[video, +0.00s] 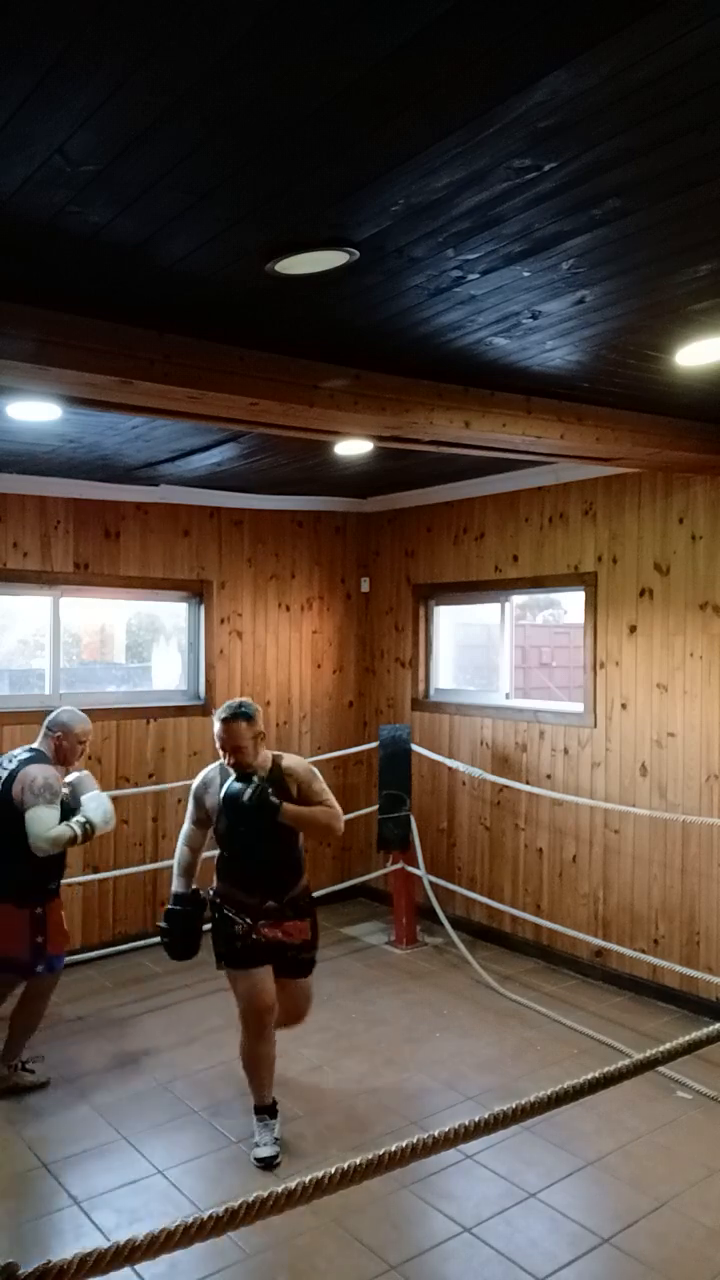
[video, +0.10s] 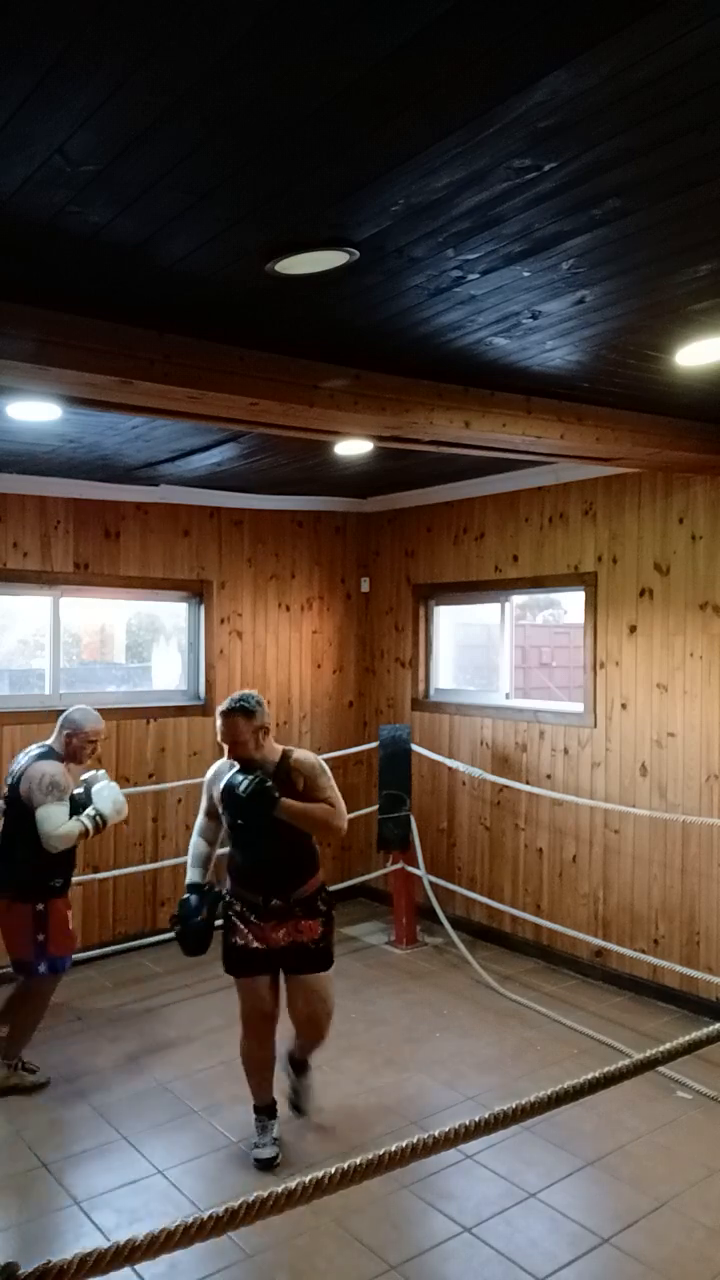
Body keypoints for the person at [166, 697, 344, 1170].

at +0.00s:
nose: (231, 756)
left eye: (238, 747)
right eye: (223, 748)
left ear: (259, 736)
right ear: (216, 743)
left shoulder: (295, 770)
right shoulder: (209, 784)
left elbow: (334, 823)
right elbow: (190, 842)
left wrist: (272, 806)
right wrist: (179, 901)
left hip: (292, 905)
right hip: (237, 910)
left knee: (294, 1010)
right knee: (259, 1012)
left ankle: (253, 1018)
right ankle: (264, 1117)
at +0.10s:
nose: (229, 751)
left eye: (237, 742)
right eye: (224, 742)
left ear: (263, 731)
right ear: (220, 737)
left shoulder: (305, 766)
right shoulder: (219, 777)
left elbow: (336, 823)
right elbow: (204, 834)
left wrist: (272, 802)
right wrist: (194, 889)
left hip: (303, 907)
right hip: (247, 911)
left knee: (315, 1015)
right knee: (258, 1018)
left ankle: (297, 1063)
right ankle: (264, 1118)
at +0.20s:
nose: (231, 750)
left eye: (236, 740)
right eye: (227, 741)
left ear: (266, 727)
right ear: (232, 736)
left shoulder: (313, 766)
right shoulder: (238, 773)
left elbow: (337, 829)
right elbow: (222, 831)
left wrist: (272, 802)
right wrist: (207, 879)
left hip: (316, 908)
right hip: (260, 911)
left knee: (320, 1020)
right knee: (263, 1022)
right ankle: (265, 1121)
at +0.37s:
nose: (246, 762)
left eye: (248, 752)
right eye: (243, 754)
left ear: (272, 745)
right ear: (268, 745)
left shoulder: (330, 789)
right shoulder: (268, 788)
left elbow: (335, 861)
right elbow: (269, 852)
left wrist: (266, 839)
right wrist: (235, 878)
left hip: (336, 936)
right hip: (285, 930)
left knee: (342, 1061)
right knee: (272, 1043)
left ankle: (398, 1202)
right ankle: (280, 1121)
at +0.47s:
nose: (257, 773)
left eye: (258, 763)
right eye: (255, 763)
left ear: (281, 759)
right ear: (288, 754)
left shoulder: (335, 807)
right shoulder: (299, 803)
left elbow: (337, 886)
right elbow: (302, 874)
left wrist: (262, 888)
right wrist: (255, 882)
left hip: (353, 953)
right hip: (310, 951)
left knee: (340, 1087)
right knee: (274, 1046)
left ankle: (405, 1210)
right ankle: (302, 1129)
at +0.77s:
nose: (263, 745)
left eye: (263, 736)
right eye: (264, 736)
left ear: (276, 738)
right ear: (313, 729)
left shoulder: (315, 789)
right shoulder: (340, 772)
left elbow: (328, 875)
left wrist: (299, 953)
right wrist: (278, 808)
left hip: (351, 941)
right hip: (350, 931)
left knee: (358, 1079)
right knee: (323, 1044)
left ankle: (409, 1209)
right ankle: (342, 1167)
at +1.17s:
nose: (249, 761)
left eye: (249, 752)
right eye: (249, 753)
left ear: (262, 750)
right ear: (296, 737)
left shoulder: (300, 792)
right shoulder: (329, 777)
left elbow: (315, 876)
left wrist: (262, 945)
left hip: (339, 945)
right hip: (364, 933)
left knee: (296, 1092)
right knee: (333, 1063)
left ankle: (367, 1226)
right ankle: (341, 1172)